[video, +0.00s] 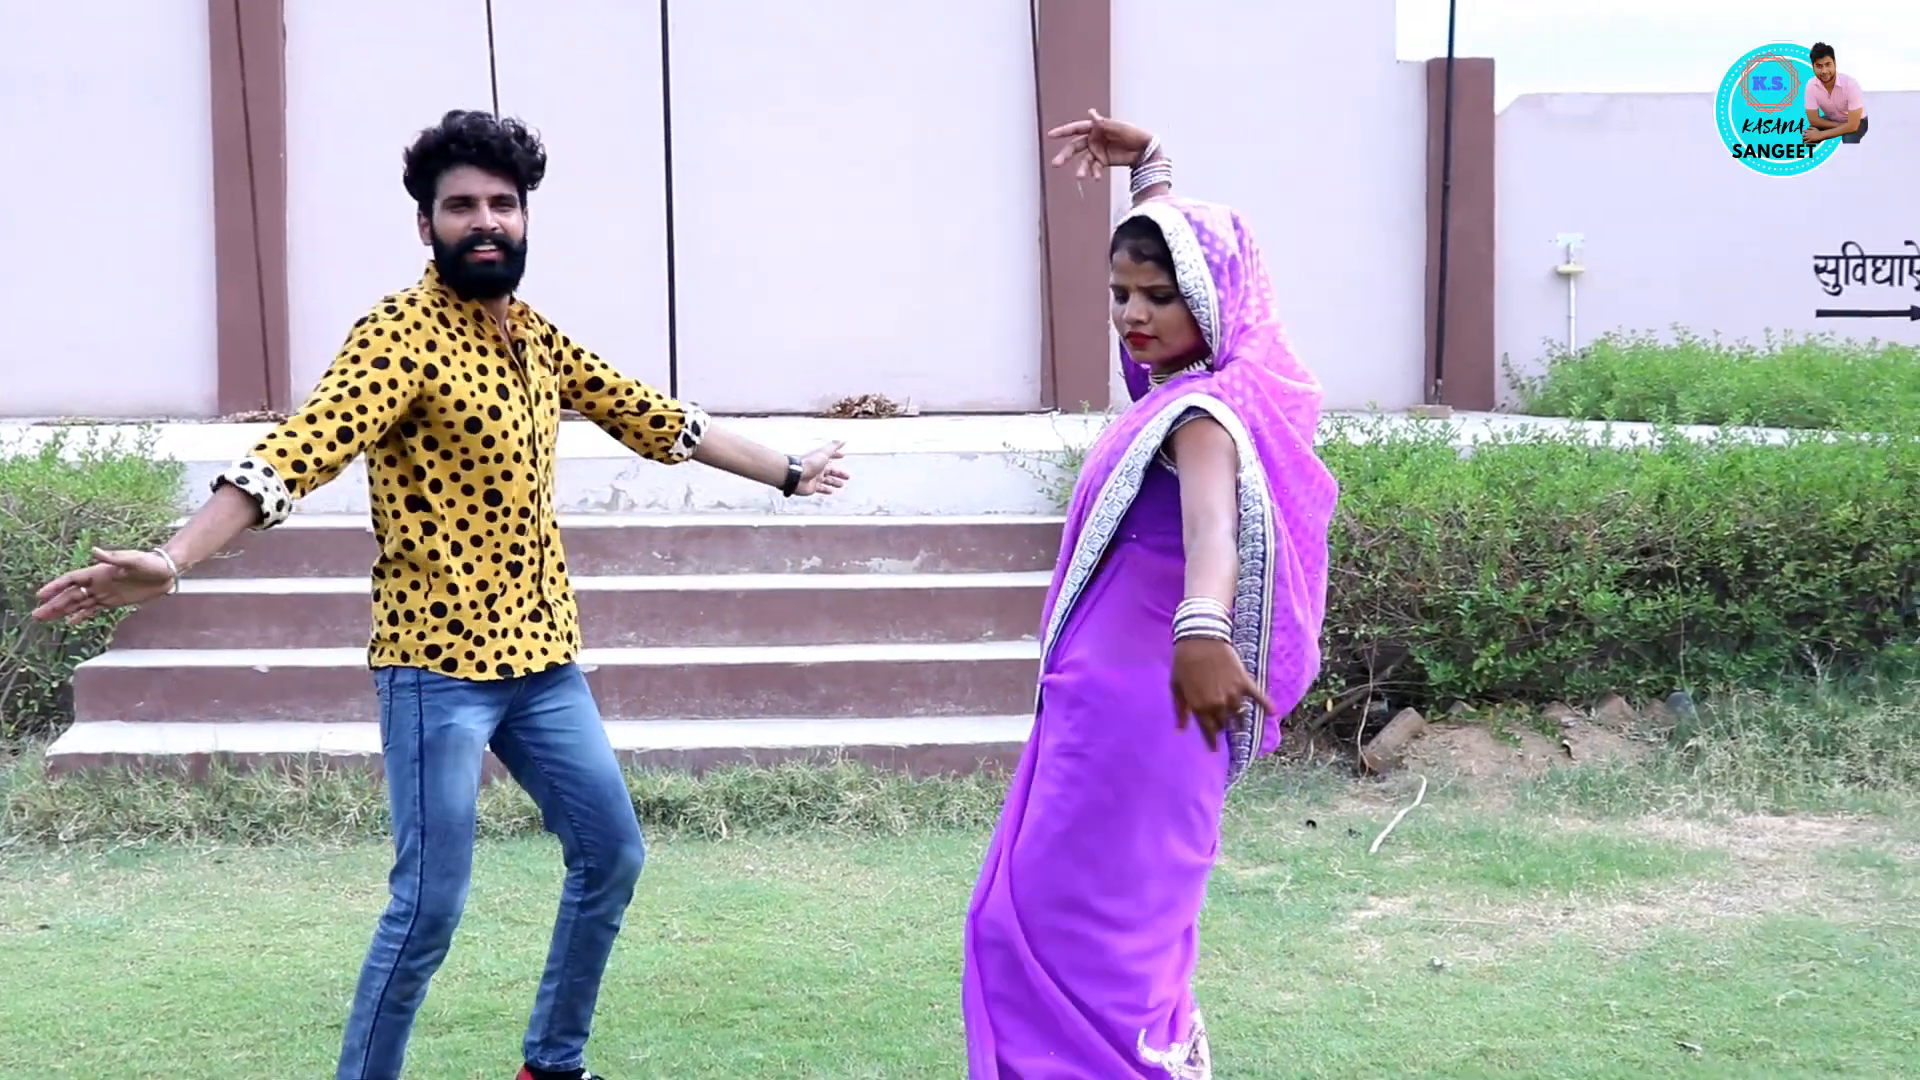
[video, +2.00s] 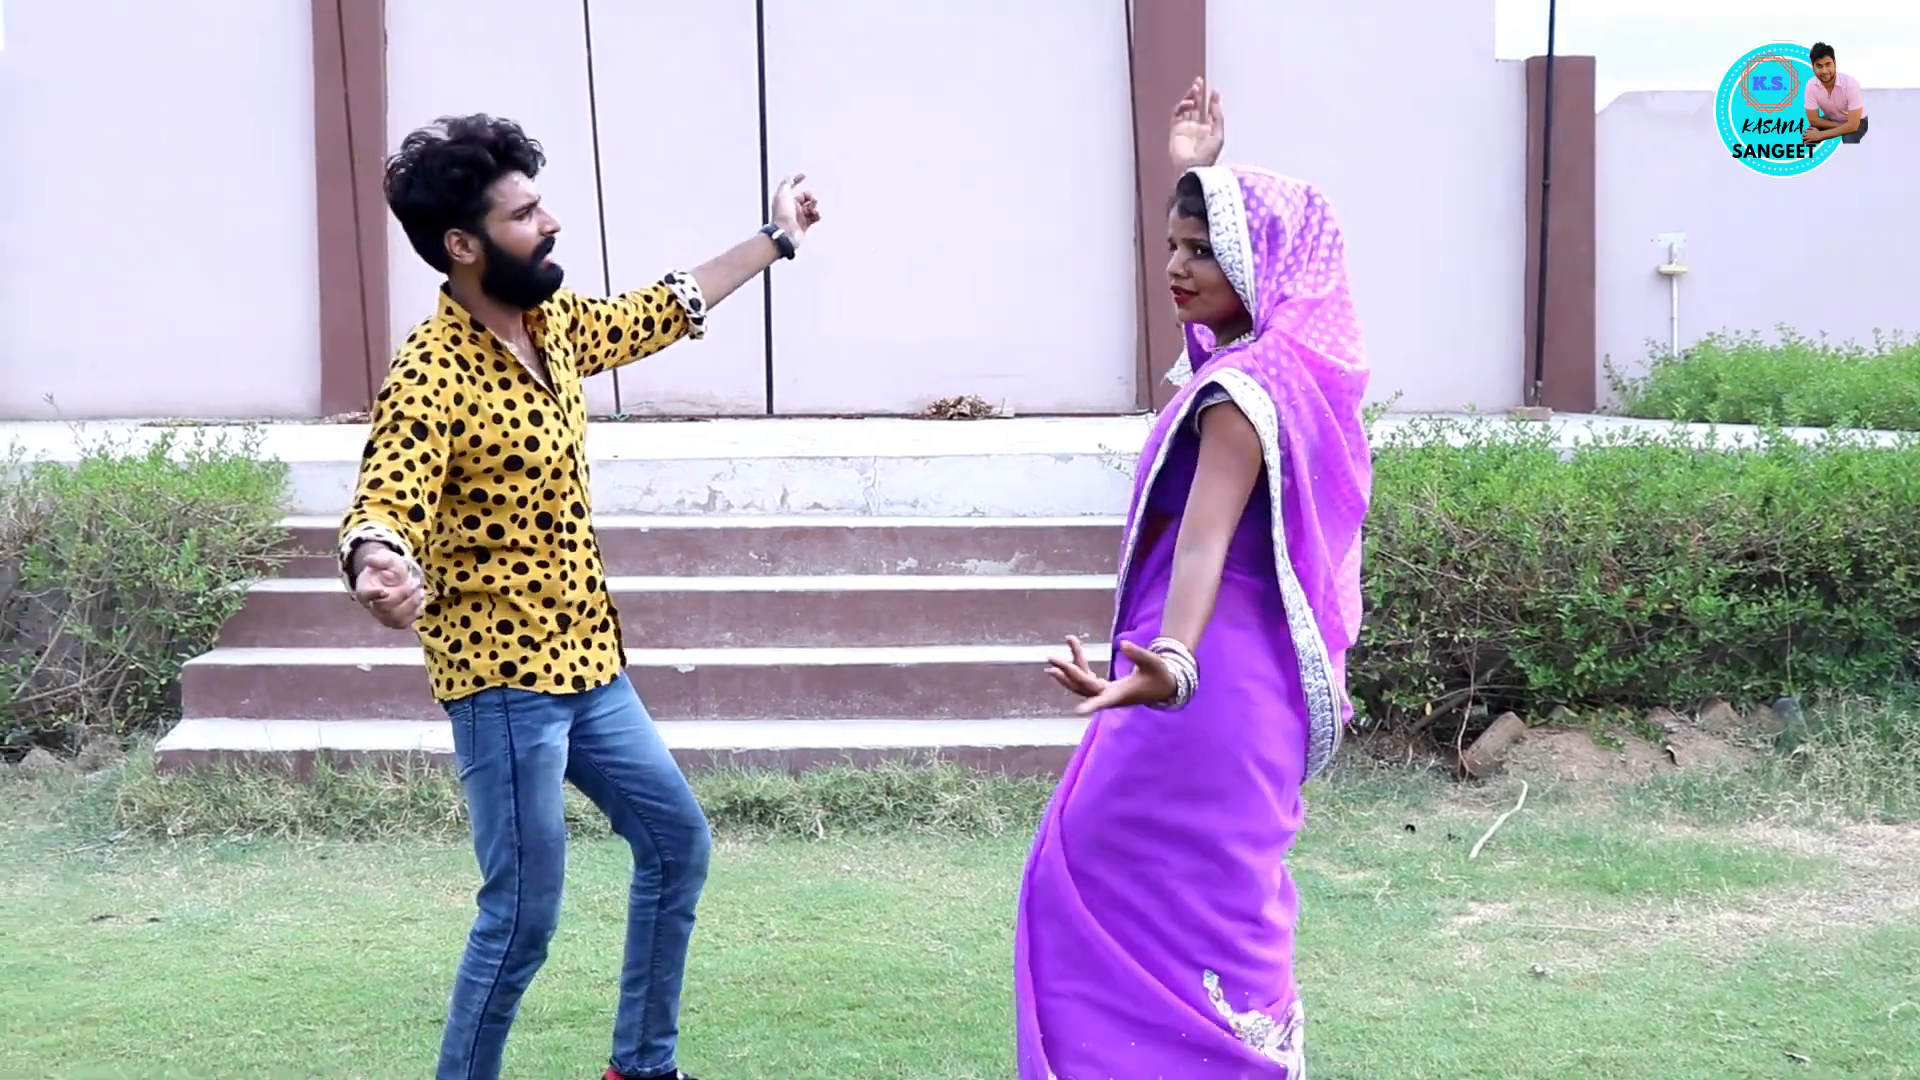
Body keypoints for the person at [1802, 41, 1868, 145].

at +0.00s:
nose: (1824, 71)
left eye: (1828, 65)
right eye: (1819, 66)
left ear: (1835, 63)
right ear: (1813, 67)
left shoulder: (1850, 84)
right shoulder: (1812, 85)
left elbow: (1853, 126)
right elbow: (1813, 120)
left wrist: (1820, 135)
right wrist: (1843, 126)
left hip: (1855, 122)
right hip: (1830, 121)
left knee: (1849, 140)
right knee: (1810, 136)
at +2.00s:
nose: (1824, 71)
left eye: (1828, 65)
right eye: (1819, 66)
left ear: (1835, 63)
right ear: (1813, 67)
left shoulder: (1850, 85)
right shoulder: (1812, 86)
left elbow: (1853, 126)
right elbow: (1813, 120)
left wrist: (1820, 135)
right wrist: (1843, 126)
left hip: (1855, 122)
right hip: (1830, 121)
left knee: (1848, 140)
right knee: (1810, 136)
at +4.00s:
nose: (1824, 71)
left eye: (1828, 65)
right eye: (1819, 66)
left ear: (1835, 63)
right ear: (1813, 67)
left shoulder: (1850, 84)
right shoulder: (1812, 86)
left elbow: (1853, 126)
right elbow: (1813, 120)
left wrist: (1820, 135)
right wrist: (1843, 126)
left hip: (1855, 122)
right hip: (1830, 121)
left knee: (1848, 140)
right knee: (1810, 136)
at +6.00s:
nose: (1824, 71)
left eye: (1828, 65)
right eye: (1819, 66)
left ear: (1835, 63)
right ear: (1813, 67)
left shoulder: (1850, 84)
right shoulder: (1812, 86)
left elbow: (1853, 126)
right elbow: (1813, 120)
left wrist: (1820, 135)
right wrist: (1843, 126)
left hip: (1855, 122)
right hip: (1830, 121)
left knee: (1848, 140)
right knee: (1810, 136)